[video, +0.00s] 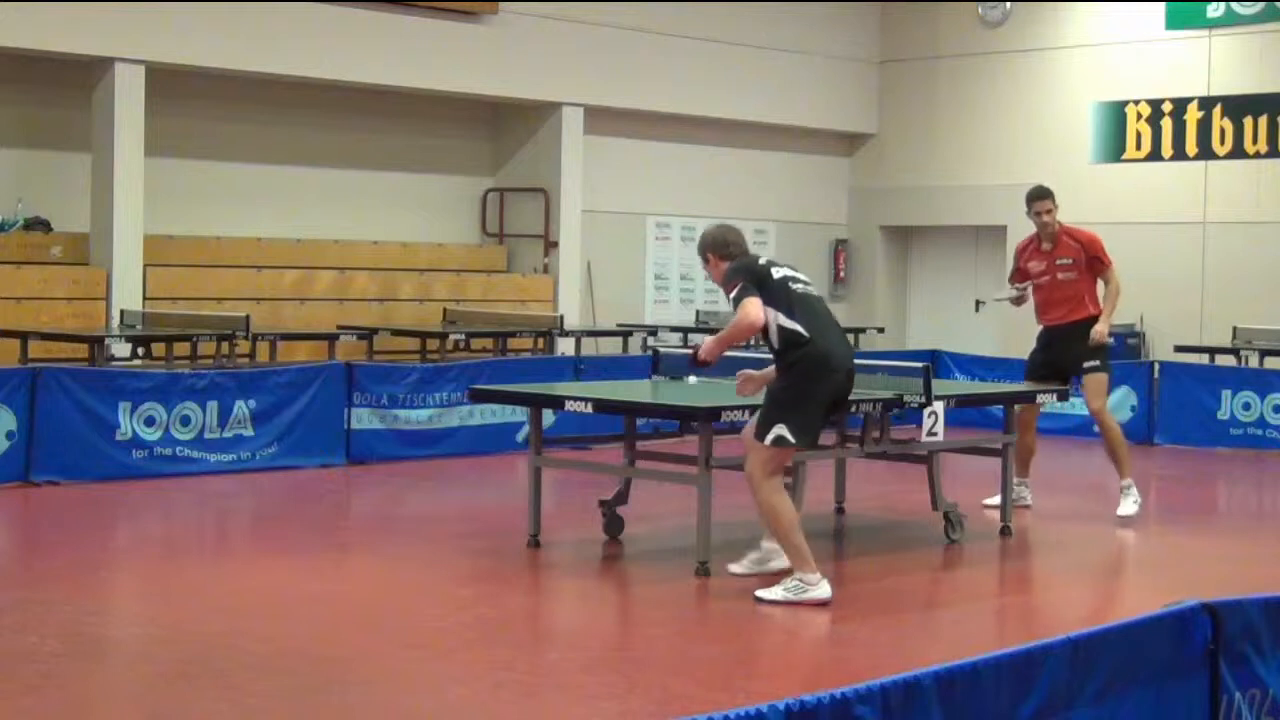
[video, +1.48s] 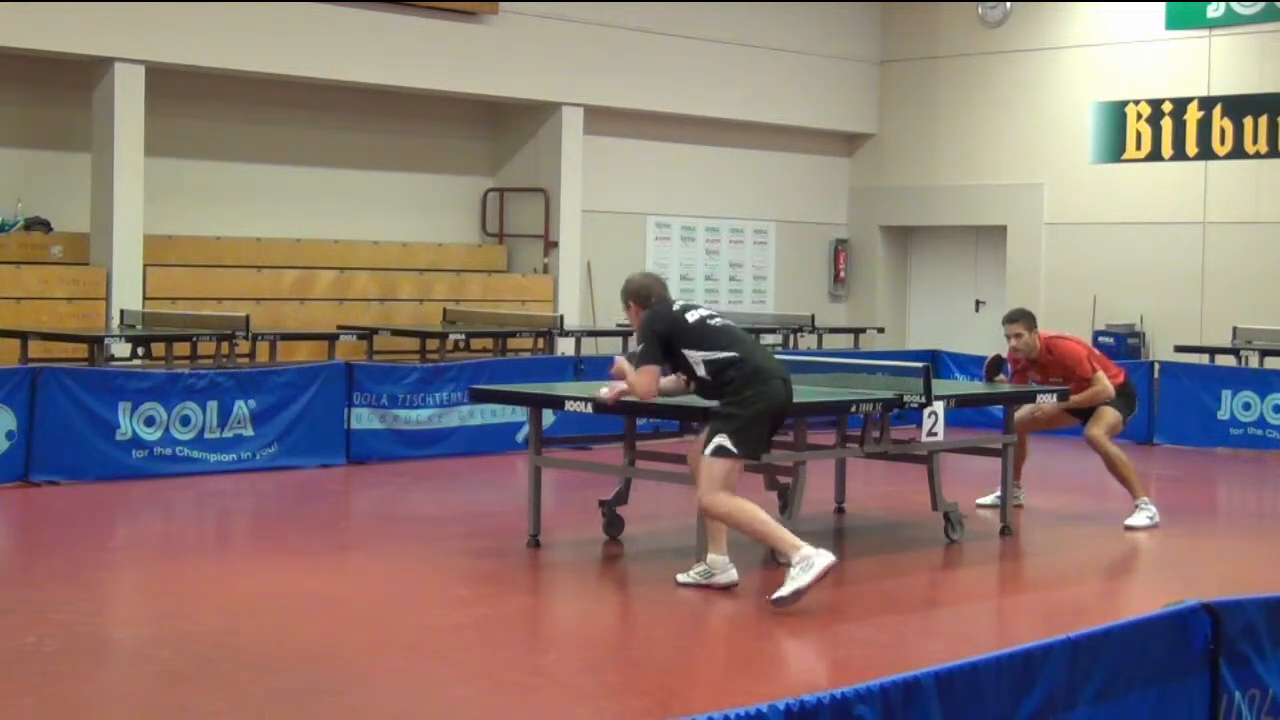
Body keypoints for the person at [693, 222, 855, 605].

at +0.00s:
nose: (709, 274)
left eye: (707, 266)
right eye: (707, 267)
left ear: (715, 259)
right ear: (742, 251)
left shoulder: (740, 271)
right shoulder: (777, 270)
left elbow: (752, 318)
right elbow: (813, 340)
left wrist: (716, 344)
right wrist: (766, 375)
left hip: (813, 368)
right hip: (838, 365)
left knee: (761, 469)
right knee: (756, 440)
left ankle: (809, 577)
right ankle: (774, 545)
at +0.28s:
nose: (686, 302)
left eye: (683, 294)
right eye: (684, 295)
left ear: (690, 288)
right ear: (717, 279)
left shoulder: (713, 300)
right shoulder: (748, 294)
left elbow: (717, 353)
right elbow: (774, 367)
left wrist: (683, 369)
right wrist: (724, 380)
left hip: (793, 384)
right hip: (816, 381)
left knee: (737, 485)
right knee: (736, 467)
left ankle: (807, 575)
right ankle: (725, 563)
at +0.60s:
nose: (656, 324)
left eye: (654, 316)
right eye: (653, 316)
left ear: (662, 311)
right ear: (689, 301)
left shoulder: (681, 322)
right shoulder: (716, 314)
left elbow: (675, 385)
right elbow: (724, 382)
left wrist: (654, 379)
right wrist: (675, 379)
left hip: (766, 397)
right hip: (795, 393)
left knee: (709, 494)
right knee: (713, 456)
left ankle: (798, 565)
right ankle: (718, 562)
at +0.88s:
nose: (640, 334)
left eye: (638, 327)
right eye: (638, 328)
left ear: (645, 321)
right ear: (671, 310)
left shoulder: (661, 332)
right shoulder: (699, 319)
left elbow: (656, 402)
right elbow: (706, 385)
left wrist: (641, 384)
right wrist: (661, 383)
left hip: (751, 398)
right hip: (783, 394)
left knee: (699, 496)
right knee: (705, 466)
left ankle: (791, 559)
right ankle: (718, 563)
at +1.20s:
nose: (629, 335)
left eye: (627, 328)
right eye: (627, 329)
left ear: (634, 323)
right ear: (660, 312)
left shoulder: (650, 333)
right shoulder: (687, 319)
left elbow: (646, 404)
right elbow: (696, 384)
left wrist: (630, 382)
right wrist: (649, 381)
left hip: (743, 394)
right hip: (775, 388)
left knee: (693, 493)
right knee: (710, 480)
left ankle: (785, 555)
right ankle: (718, 563)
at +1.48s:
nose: (629, 318)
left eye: (628, 310)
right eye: (628, 311)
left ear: (636, 306)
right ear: (661, 298)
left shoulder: (654, 321)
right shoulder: (686, 313)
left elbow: (645, 391)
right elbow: (689, 381)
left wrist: (626, 368)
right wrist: (630, 388)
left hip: (753, 390)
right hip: (772, 384)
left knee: (712, 498)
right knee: (700, 455)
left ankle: (804, 555)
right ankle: (717, 562)